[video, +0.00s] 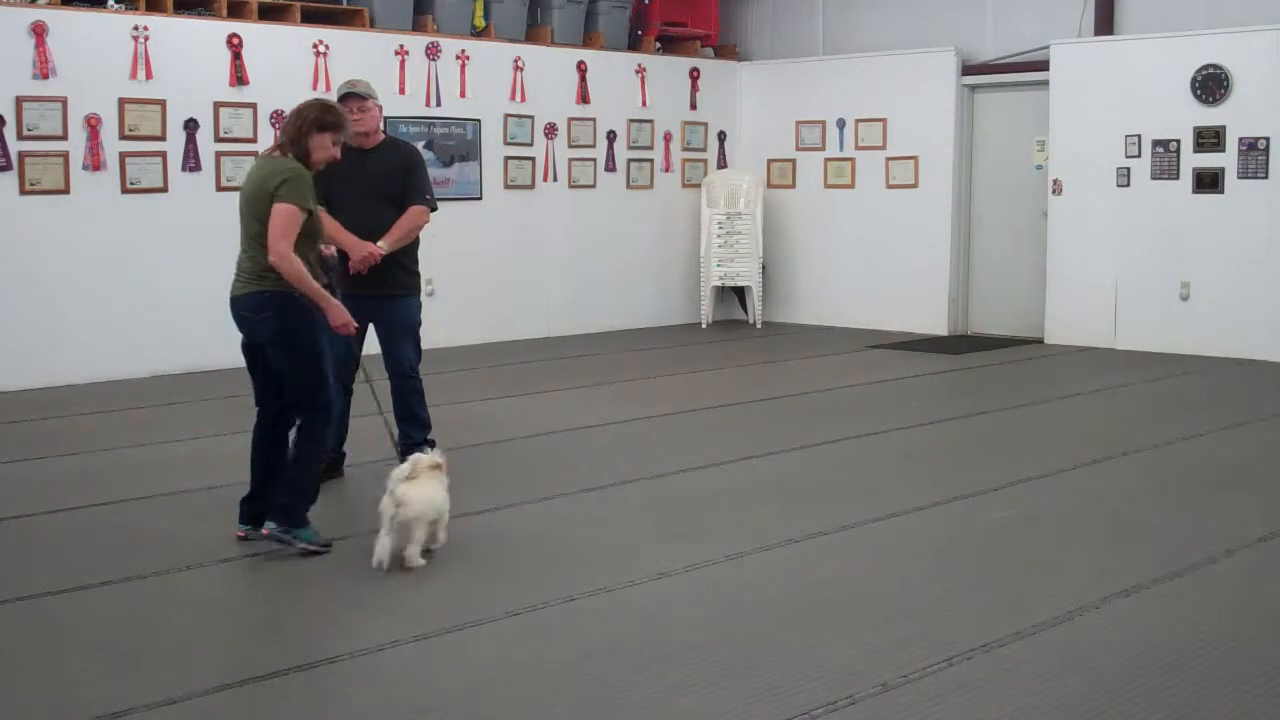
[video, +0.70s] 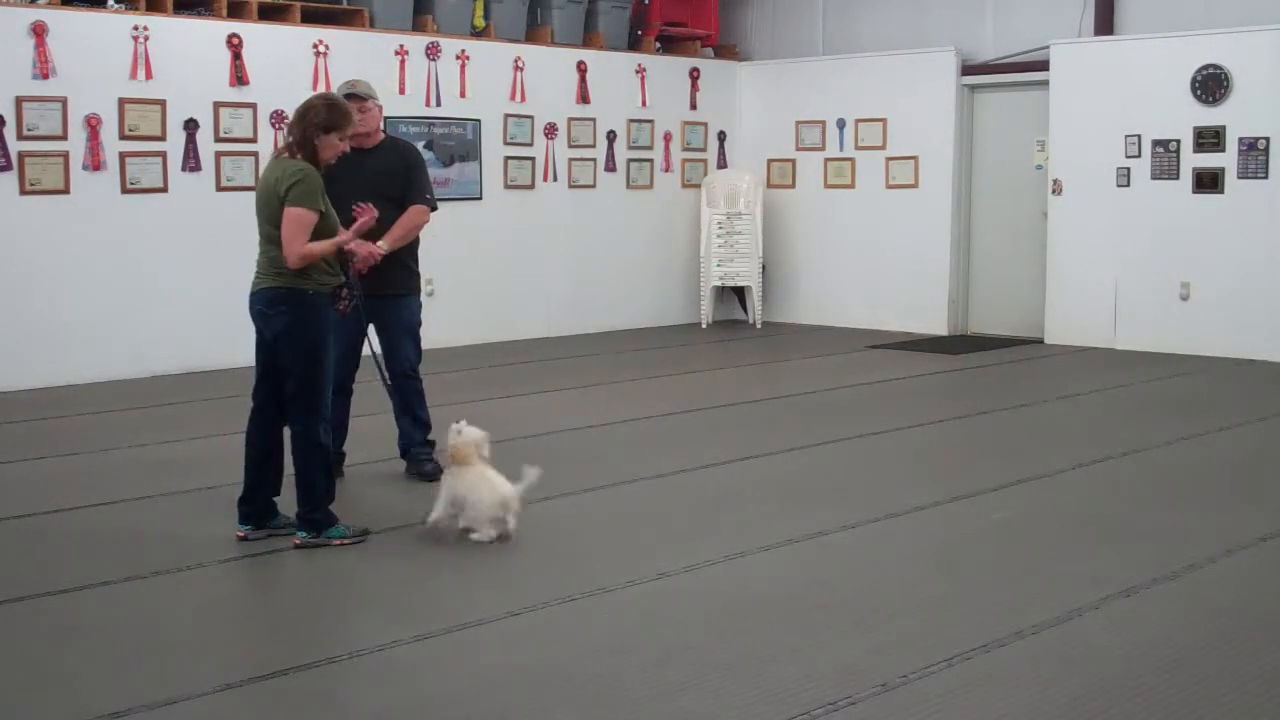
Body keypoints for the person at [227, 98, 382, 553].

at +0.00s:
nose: (336, 156)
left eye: (339, 147)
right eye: (332, 145)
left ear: (297, 137)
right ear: (308, 136)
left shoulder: (263, 168)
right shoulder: (294, 177)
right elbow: (279, 251)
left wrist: (328, 246)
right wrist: (329, 305)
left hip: (251, 301)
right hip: (283, 303)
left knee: (275, 409)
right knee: (321, 408)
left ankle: (256, 514)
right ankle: (289, 519)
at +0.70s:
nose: (344, 150)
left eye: (347, 142)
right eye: (341, 140)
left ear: (311, 133)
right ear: (317, 133)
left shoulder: (276, 170)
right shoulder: (305, 178)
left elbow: (303, 244)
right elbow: (295, 254)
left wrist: (349, 233)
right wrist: (343, 240)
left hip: (272, 299)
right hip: (299, 303)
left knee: (268, 408)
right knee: (311, 412)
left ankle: (256, 514)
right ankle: (315, 519)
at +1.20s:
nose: (341, 144)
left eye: (343, 137)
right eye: (337, 135)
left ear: (309, 132)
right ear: (312, 131)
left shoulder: (277, 171)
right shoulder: (299, 177)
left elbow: (296, 239)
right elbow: (292, 253)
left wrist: (335, 214)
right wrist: (336, 227)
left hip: (273, 299)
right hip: (298, 302)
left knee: (266, 409)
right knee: (311, 412)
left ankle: (256, 515)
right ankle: (316, 519)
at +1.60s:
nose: (335, 144)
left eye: (338, 136)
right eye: (332, 134)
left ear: (302, 131)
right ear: (308, 131)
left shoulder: (274, 171)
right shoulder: (294, 176)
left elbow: (293, 240)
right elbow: (286, 251)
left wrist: (336, 253)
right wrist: (332, 221)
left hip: (274, 299)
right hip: (295, 302)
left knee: (267, 408)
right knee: (310, 410)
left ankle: (256, 515)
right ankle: (315, 519)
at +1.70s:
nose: (335, 143)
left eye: (337, 135)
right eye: (331, 134)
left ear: (300, 131)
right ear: (307, 131)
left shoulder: (274, 170)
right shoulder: (293, 177)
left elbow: (288, 239)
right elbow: (284, 251)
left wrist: (337, 253)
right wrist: (335, 227)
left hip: (273, 299)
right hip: (295, 302)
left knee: (266, 408)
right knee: (308, 411)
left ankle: (256, 515)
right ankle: (315, 519)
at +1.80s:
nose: (335, 141)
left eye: (336, 133)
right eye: (330, 133)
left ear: (299, 133)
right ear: (306, 132)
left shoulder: (276, 170)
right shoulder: (292, 176)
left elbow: (318, 226)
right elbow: (283, 250)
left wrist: (353, 247)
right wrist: (337, 245)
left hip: (273, 299)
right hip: (293, 302)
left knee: (266, 408)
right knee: (308, 411)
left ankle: (255, 514)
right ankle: (315, 520)